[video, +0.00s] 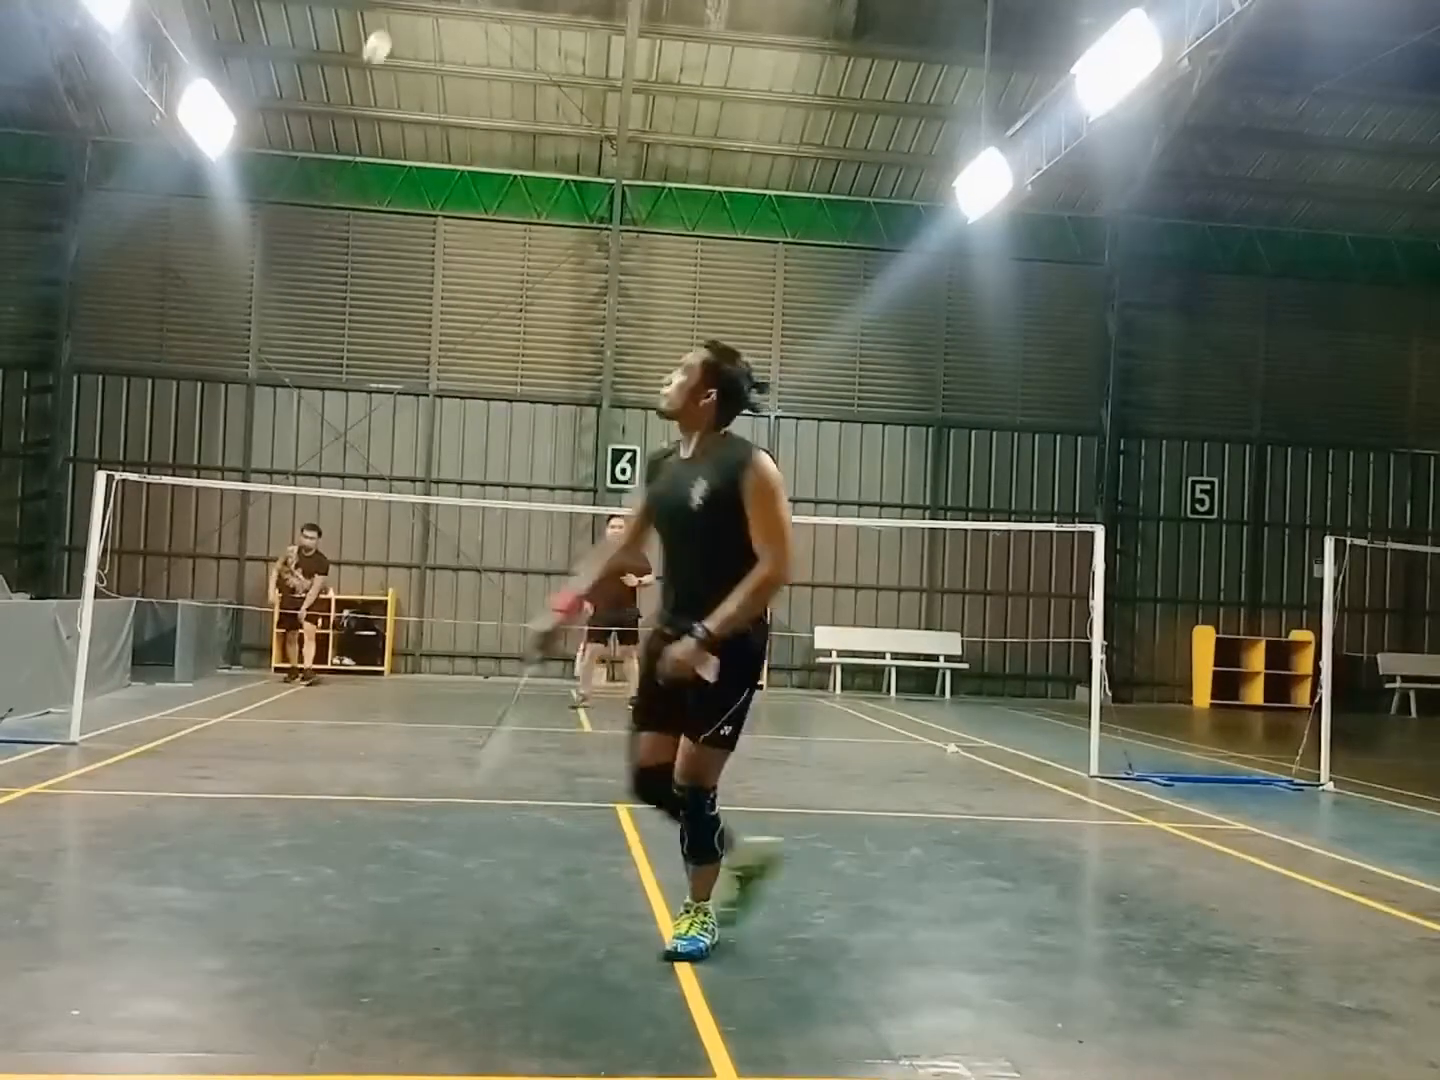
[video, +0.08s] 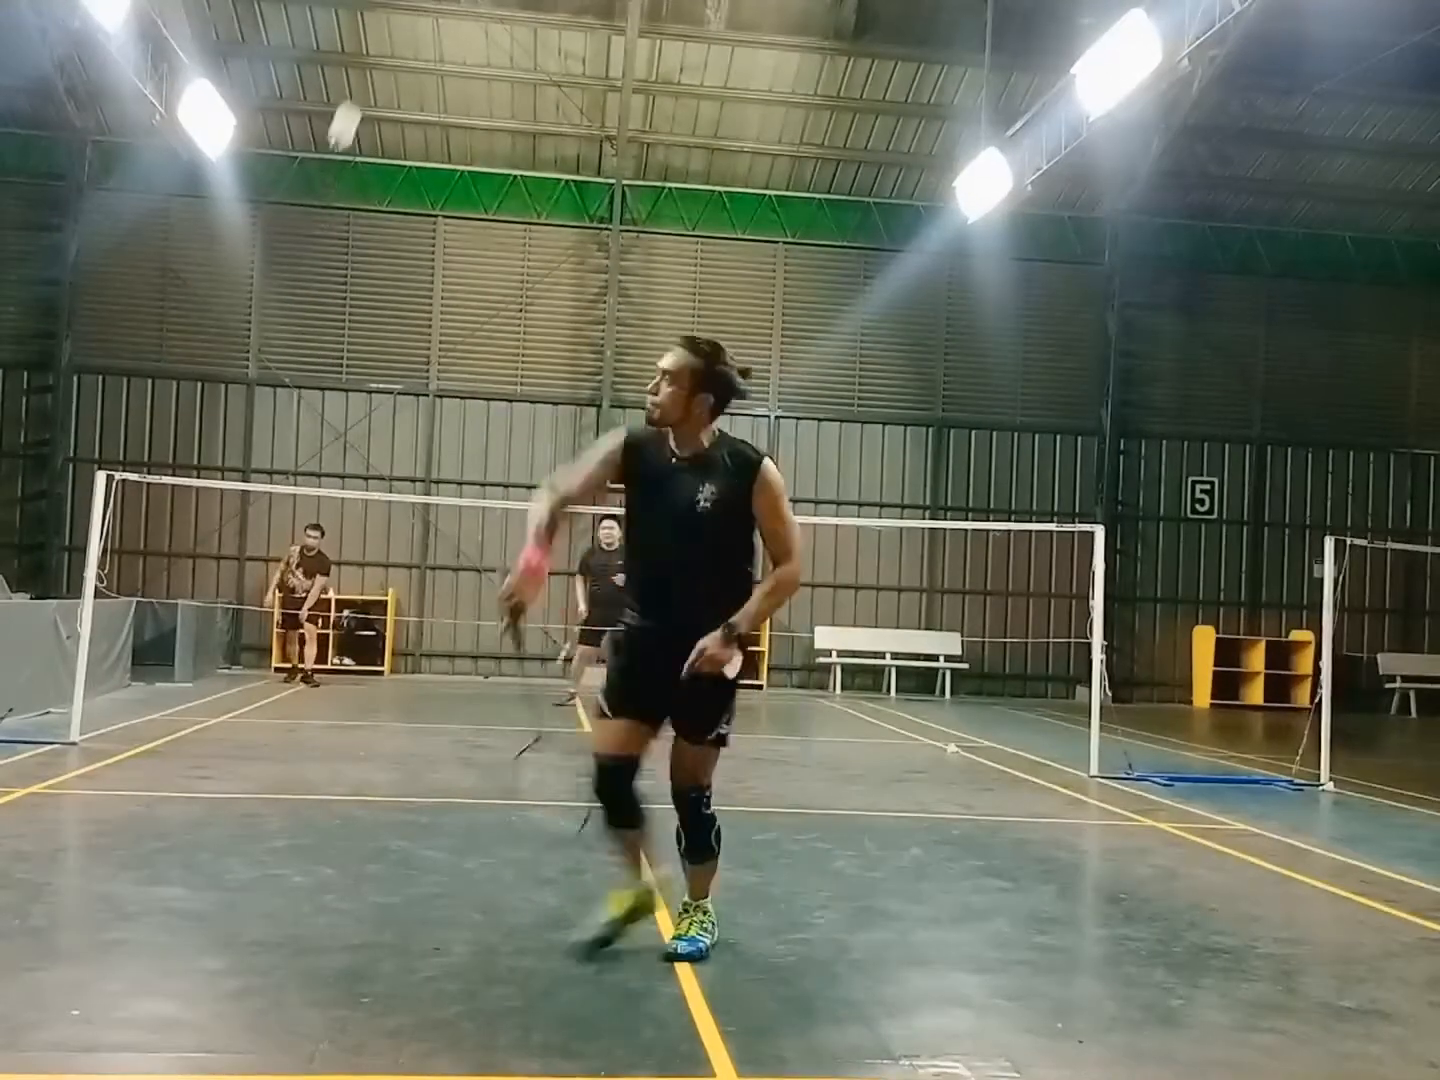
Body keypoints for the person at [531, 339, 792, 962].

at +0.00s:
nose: (669, 382)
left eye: (681, 375)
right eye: (676, 372)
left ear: (708, 396)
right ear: (702, 397)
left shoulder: (751, 468)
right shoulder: (665, 465)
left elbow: (776, 566)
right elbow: (628, 546)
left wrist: (706, 634)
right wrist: (580, 593)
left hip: (732, 640)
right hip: (672, 632)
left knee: (692, 784)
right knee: (649, 780)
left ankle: (698, 912)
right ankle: (743, 855)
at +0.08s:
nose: (654, 388)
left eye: (669, 381)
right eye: (658, 377)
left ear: (704, 399)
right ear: (666, 389)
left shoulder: (751, 471)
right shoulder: (633, 447)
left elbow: (789, 569)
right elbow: (554, 497)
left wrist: (732, 634)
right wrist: (534, 558)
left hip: (715, 644)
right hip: (643, 634)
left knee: (689, 789)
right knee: (611, 772)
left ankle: (698, 909)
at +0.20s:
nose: (647, 390)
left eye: (663, 385)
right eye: (648, 378)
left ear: (698, 400)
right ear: (645, 377)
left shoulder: (735, 457)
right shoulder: (619, 418)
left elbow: (782, 551)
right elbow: (548, 421)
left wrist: (735, 613)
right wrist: (564, 493)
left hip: (685, 633)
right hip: (606, 620)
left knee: (679, 783)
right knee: (574, 768)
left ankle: (693, 903)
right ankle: (550, 926)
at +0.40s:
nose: (723, 460)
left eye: (732, 450)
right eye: (723, 443)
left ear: (724, 444)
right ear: (697, 419)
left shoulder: (665, 482)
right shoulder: (630, 450)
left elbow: (644, 560)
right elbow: (533, 442)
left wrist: (670, 605)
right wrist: (433, 458)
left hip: (589, 622)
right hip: (535, 616)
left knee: (638, 762)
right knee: (516, 782)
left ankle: (618, 891)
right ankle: (453, 963)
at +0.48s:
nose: (735, 470)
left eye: (743, 459)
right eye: (736, 454)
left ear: (701, 435)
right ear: (700, 433)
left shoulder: (648, 465)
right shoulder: (657, 465)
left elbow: (558, 535)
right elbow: (548, 475)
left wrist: (616, 578)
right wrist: (469, 518)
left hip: (546, 618)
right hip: (519, 616)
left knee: (593, 750)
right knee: (513, 782)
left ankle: (561, 909)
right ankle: (436, 967)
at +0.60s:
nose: (717, 443)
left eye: (721, 431)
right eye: (720, 430)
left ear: (664, 407)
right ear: (706, 423)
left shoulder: (599, 434)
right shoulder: (668, 455)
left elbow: (505, 491)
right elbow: (597, 496)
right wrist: (545, 553)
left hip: (505, 602)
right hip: (542, 611)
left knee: (565, 746)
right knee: (498, 787)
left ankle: (536, 920)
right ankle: (408, 967)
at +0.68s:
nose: (686, 417)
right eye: (690, 408)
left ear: (628, 388)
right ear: (683, 404)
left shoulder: (562, 424)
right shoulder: (665, 448)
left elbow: (472, 501)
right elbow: (671, 523)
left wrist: (479, 584)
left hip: (495, 609)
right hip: (549, 615)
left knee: (546, 764)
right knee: (498, 789)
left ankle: (537, 932)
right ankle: (404, 967)